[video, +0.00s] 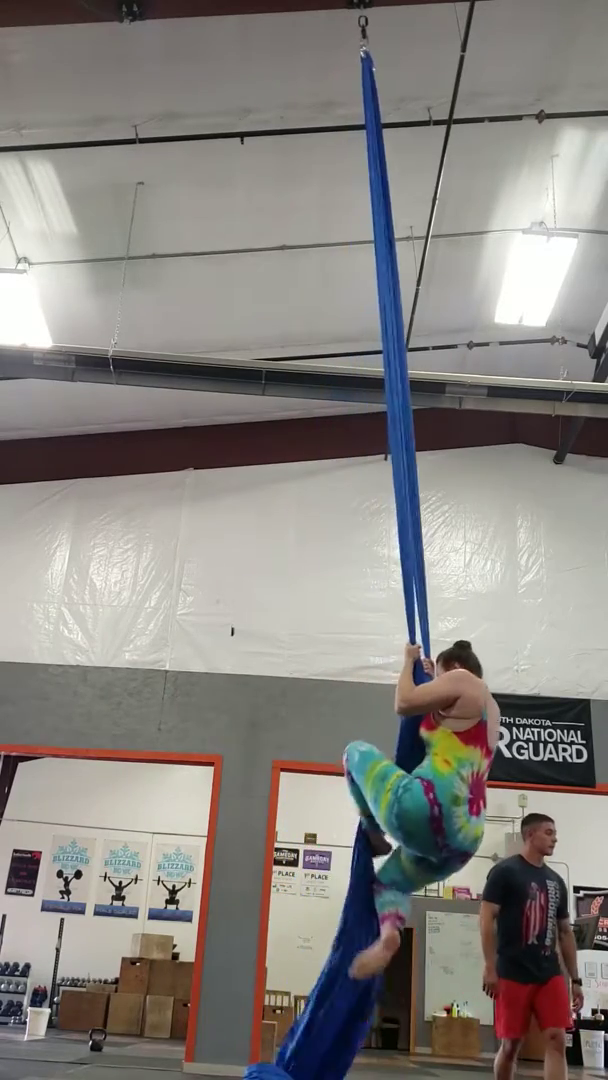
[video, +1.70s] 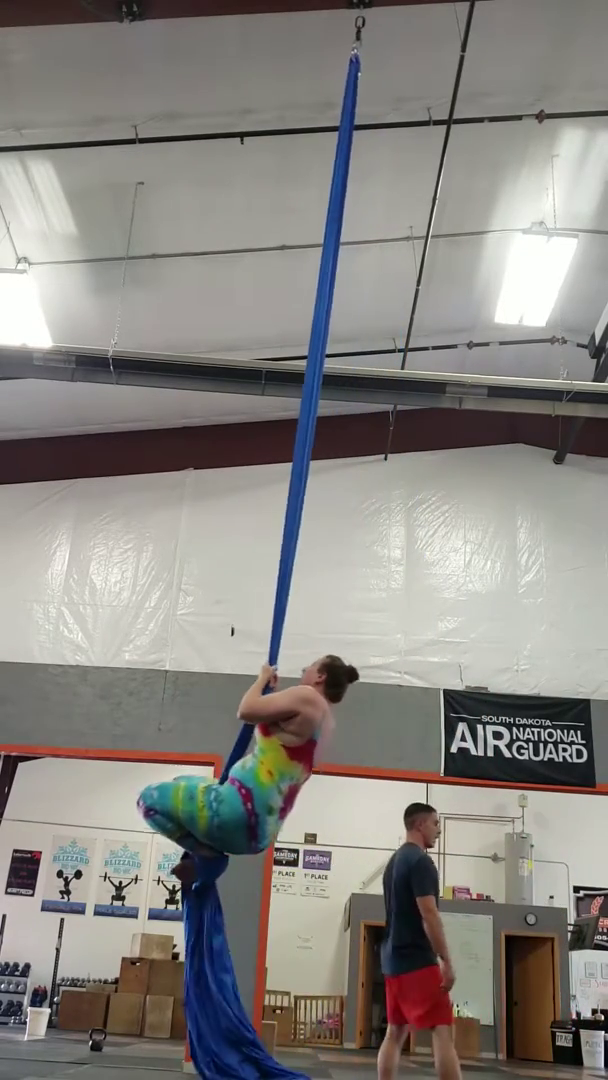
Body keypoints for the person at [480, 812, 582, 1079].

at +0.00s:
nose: (554, 838)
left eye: (554, 833)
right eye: (548, 832)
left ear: (551, 838)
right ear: (529, 835)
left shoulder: (556, 881)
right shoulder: (503, 871)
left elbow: (565, 932)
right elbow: (486, 919)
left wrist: (575, 979)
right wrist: (489, 968)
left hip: (550, 974)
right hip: (512, 973)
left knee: (557, 1040)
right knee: (509, 1046)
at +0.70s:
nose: (529, 830)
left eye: (528, 824)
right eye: (524, 824)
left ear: (511, 827)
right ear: (506, 825)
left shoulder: (518, 868)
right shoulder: (484, 862)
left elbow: (527, 921)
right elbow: (474, 915)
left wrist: (549, 966)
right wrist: (483, 964)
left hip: (521, 971)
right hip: (493, 969)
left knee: (535, 1043)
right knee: (491, 1041)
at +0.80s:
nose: (521, 828)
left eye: (520, 822)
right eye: (516, 821)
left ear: (499, 824)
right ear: (498, 823)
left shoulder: (504, 864)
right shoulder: (480, 860)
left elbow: (509, 918)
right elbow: (469, 913)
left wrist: (517, 964)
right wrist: (474, 963)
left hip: (509, 968)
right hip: (487, 967)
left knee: (522, 1040)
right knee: (487, 1040)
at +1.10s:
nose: (497, 825)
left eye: (496, 819)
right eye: (493, 819)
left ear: (475, 821)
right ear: (476, 820)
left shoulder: (467, 854)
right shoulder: (466, 857)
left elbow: (471, 912)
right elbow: (468, 912)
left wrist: (486, 961)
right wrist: (483, 961)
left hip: (471, 961)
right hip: (468, 961)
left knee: (478, 1038)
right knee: (474, 1039)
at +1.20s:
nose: (488, 823)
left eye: (487, 818)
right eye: (484, 817)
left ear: (464, 820)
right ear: (467, 819)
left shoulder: (455, 854)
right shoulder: (460, 857)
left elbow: (462, 910)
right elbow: (468, 910)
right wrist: (493, 958)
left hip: (457, 956)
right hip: (464, 957)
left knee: (464, 1032)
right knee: (473, 1035)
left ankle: (434, 1075)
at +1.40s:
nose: (468, 826)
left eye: (467, 820)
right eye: (464, 820)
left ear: (444, 823)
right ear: (448, 822)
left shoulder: (431, 858)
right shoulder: (443, 858)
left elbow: (438, 915)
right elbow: (457, 910)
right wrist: (490, 953)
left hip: (436, 960)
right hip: (452, 960)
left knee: (433, 1032)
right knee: (465, 1035)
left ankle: (405, 1076)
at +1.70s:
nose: (438, 830)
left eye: (438, 824)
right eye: (435, 823)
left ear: (413, 825)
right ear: (418, 824)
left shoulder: (395, 860)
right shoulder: (420, 861)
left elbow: (396, 914)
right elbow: (428, 913)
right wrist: (446, 960)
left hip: (393, 959)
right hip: (418, 961)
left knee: (394, 1033)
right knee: (442, 1032)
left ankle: (384, 1077)